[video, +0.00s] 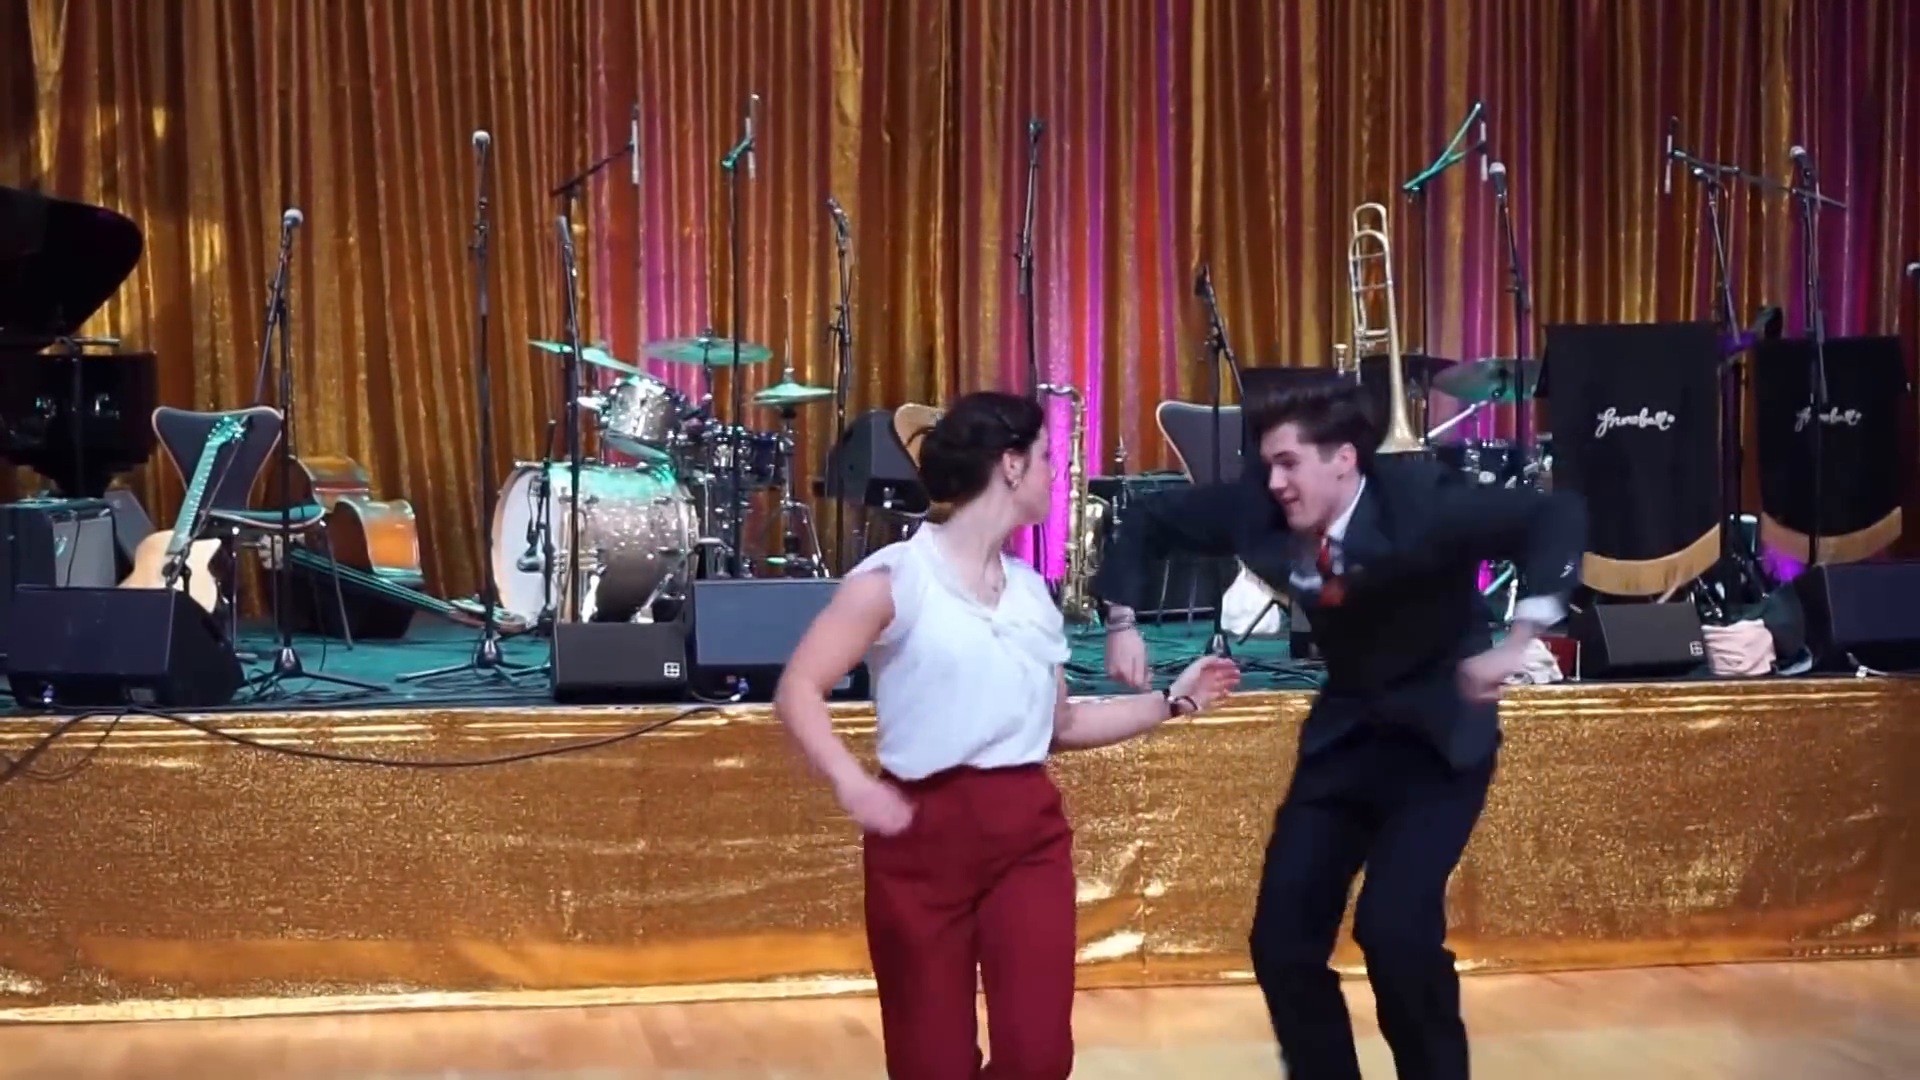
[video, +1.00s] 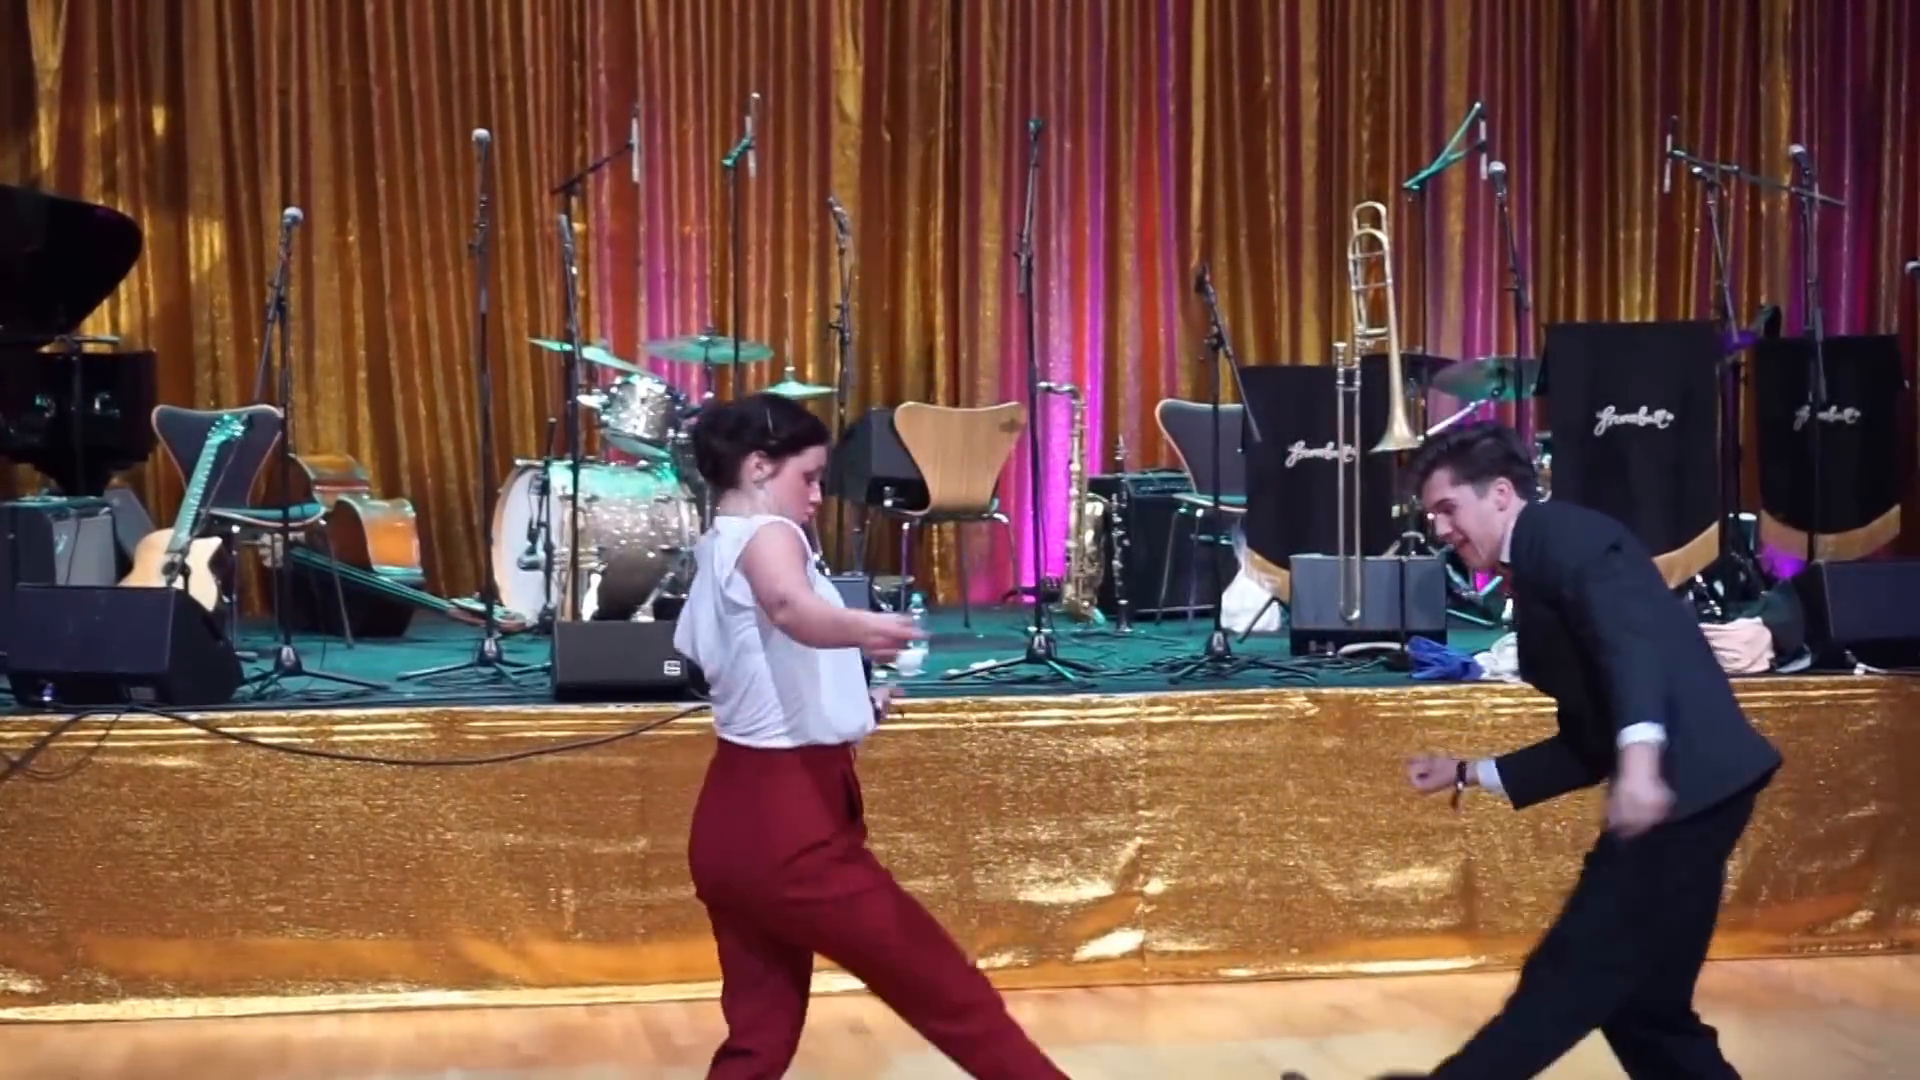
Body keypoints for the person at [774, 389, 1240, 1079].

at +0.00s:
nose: (1053, 475)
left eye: (1050, 458)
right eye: (1045, 457)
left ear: (1001, 469)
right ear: (1008, 466)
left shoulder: (1032, 592)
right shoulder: (893, 578)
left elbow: (1060, 724)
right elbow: (797, 692)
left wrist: (1174, 702)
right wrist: (856, 786)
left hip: (1030, 839)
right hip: (921, 843)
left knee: (1038, 1060)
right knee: (934, 1066)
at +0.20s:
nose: (1046, 497)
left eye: (1043, 479)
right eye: (1040, 477)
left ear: (997, 487)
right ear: (1006, 485)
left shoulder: (1005, 609)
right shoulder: (891, 592)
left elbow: (1015, 752)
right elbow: (930, 743)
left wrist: (1135, 726)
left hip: (956, 848)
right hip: (857, 844)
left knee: (1018, 1047)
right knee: (955, 1037)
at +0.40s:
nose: (994, 482)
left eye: (999, 465)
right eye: (992, 462)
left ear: (946, 454)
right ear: (948, 451)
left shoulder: (914, 548)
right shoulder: (870, 541)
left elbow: (945, 671)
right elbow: (894, 704)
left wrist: (1044, 659)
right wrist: (1000, 748)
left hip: (849, 812)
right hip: (794, 811)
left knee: (942, 1024)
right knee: (880, 1030)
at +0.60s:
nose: (890, 509)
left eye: (895, 494)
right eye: (885, 491)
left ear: (829, 481)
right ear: (835, 481)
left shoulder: (758, 566)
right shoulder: (826, 570)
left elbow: (758, 708)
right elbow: (792, 703)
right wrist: (783, 848)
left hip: (747, 810)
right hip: (794, 818)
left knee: (865, 1045)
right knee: (754, 1054)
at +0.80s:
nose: (830, 502)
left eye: (834, 486)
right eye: (823, 483)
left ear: (769, 471)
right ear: (772, 470)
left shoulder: (731, 534)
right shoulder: (774, 522)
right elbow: (725, 600)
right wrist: (710, 677)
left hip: (723, 823)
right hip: (771, 830)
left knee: (767, 1050)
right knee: (907, 1041)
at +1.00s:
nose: (818, 499)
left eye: (820, 483)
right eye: (810, 478)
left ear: (753, 473)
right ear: (756, 468)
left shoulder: (721, 551)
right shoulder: (768, 533)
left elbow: (746, 685)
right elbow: (788, 607)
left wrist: (848, 702)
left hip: (736, 831)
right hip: (789, 836)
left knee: (756, 1046)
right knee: (964, 1008)